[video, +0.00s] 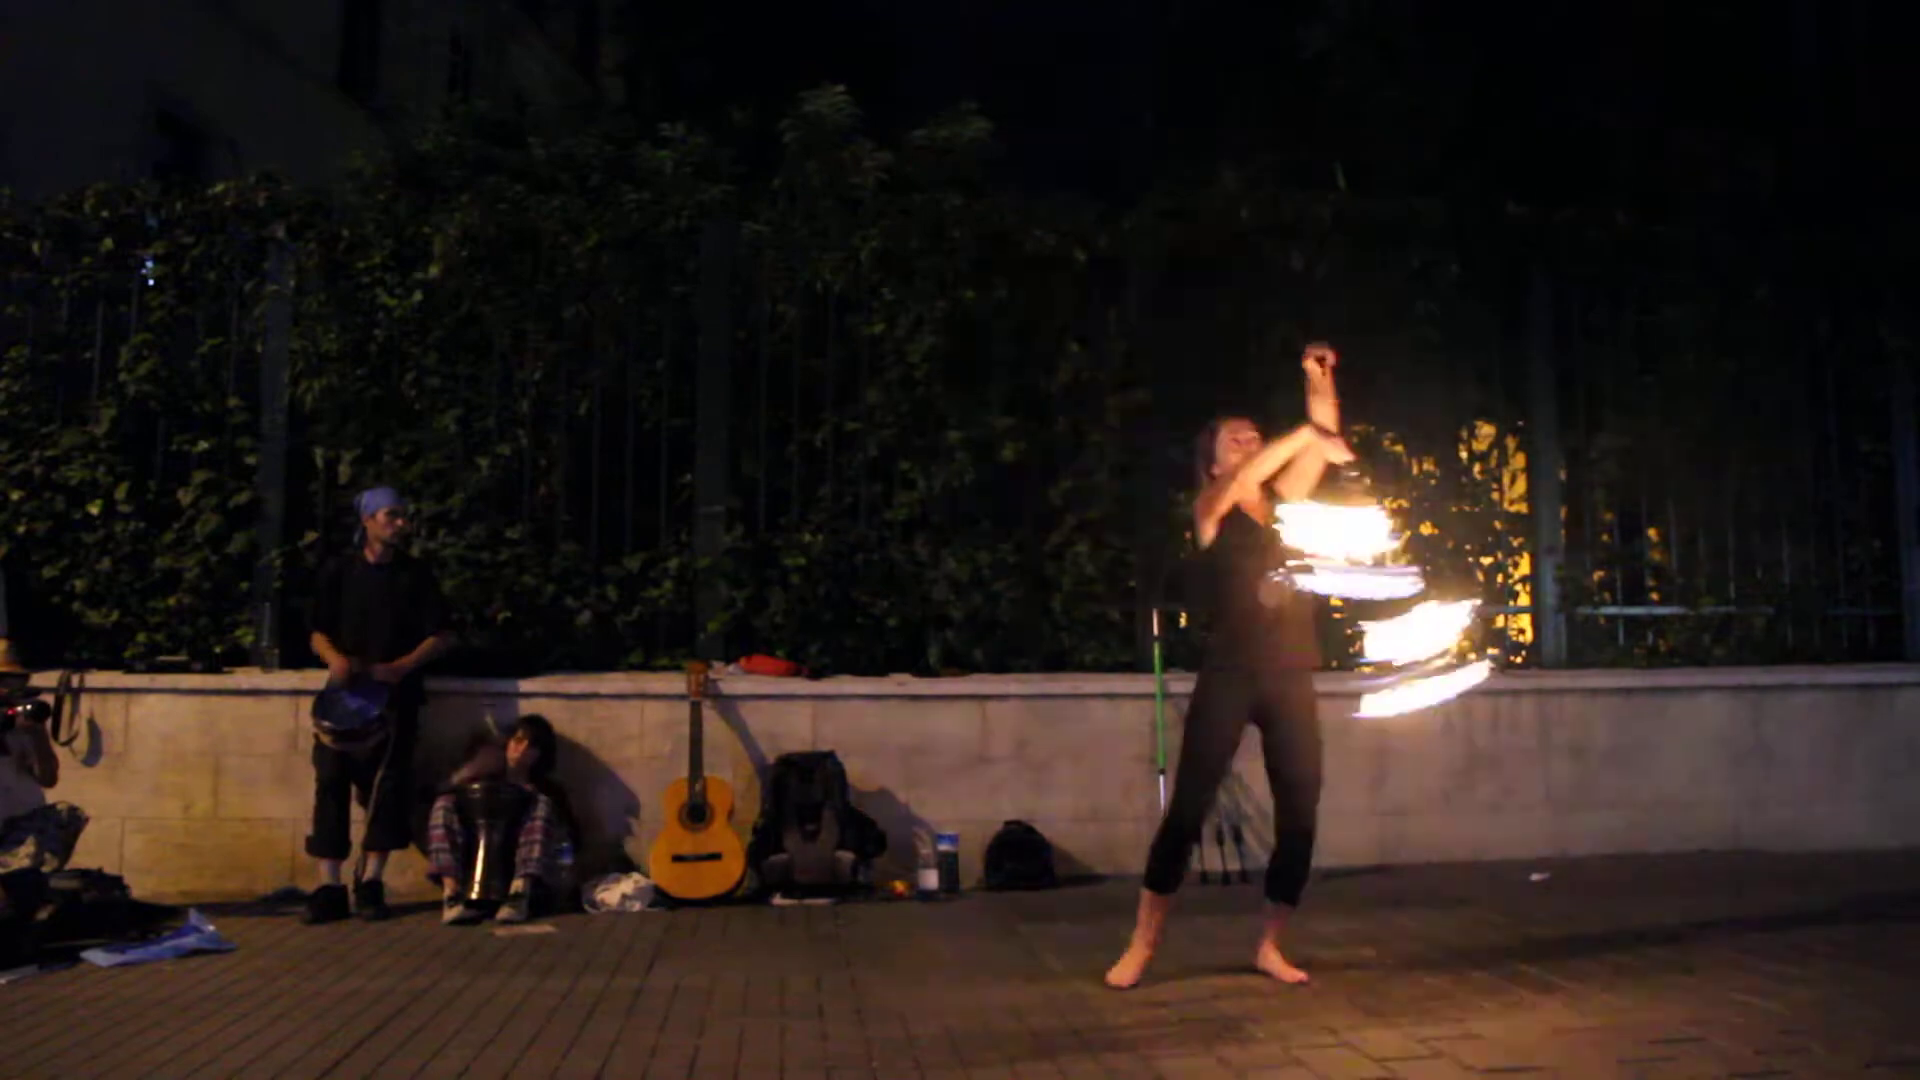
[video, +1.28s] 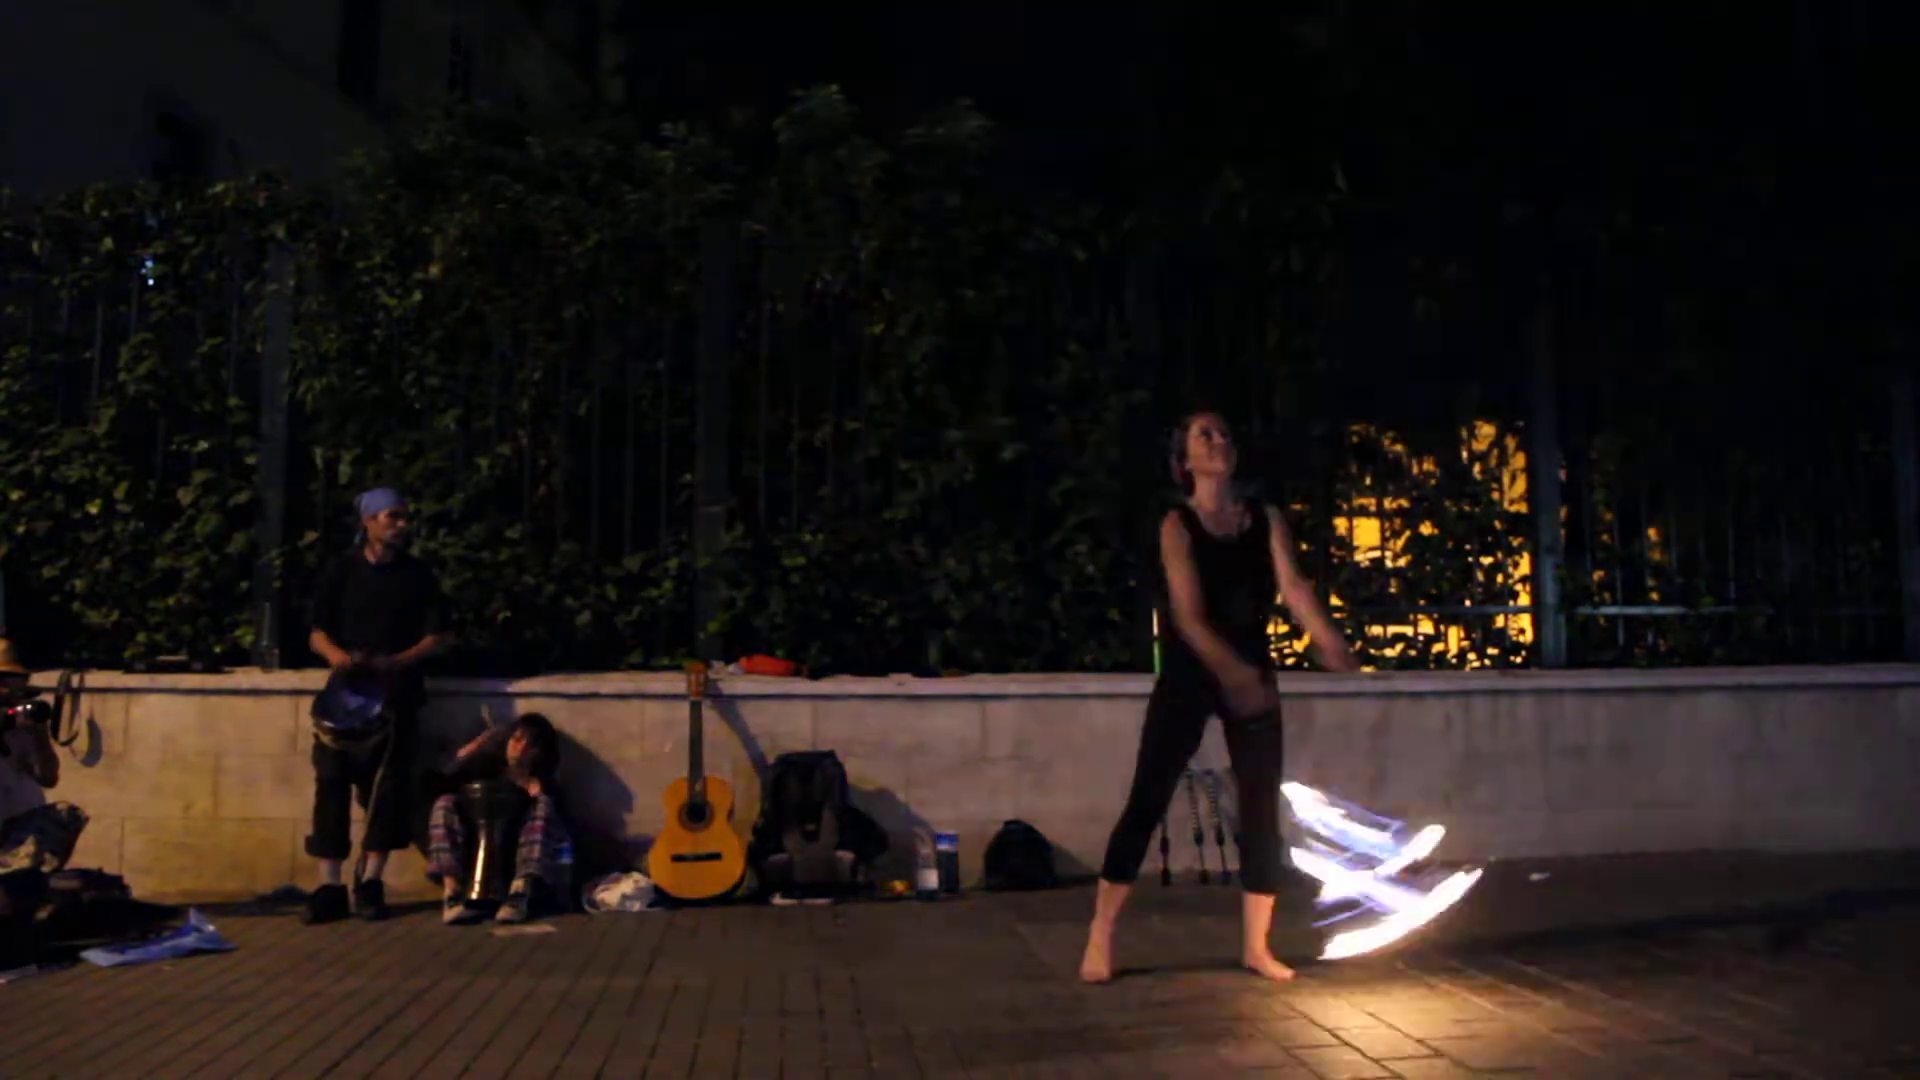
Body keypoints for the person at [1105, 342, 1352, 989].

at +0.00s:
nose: (1248, 443)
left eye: (1254, 437)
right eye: (1234, 437)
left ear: (1266, 447)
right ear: (1209, 457)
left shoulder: (1282, 503)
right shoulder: (1207, 512)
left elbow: (1321, 449)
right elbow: (1244, 481)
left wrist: (1321, 382)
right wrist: (1312, 433)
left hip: (1291, 679)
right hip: (1227, 677)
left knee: (1300, 814)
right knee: (1187, 811)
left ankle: (1270, 945)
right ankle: (1142, 942)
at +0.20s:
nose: (1218, 423)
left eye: (1225, 416)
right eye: (1206, 418)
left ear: (1237, 431)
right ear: (1186, 433)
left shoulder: (1256, 476)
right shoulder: (1177, 484)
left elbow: (1289, 395)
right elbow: (1189, 402)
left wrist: (1280, 317)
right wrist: (1241, 349)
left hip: (1260, 651)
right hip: (1194, 652)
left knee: (1276, 792)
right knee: (1174, 789)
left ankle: (1275, 936)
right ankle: (1126, 935)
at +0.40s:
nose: (1185, 444)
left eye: (1192, 436)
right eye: (1174, 438)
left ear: (1207, 448)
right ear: (1156, 454)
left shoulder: (1222, 501)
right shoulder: (1145, 498)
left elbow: (1245, 418)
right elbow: (1147, 396)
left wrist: (1189, 347)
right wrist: (1181, 325)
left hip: (1223, 674)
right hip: (1158, 677)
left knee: (1257, 810)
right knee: (1146, 816)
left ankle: (1275, 943)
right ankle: (1121, 946)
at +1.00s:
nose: (1215, 438)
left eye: (1221, 432)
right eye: (1201, 432)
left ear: (1231, 450)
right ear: (1176, 451)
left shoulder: (1248, 505)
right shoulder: (1171, 501)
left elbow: (1261, 434)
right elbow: (1199, 431)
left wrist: (1230, 362)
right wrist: (1234, 350)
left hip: (1248, 671)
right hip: (1185, 672)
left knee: (1267, 808)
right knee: (1157, 807)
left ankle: (1259, 942)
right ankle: (1116, 946)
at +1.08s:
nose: (1216, 445)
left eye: (1225, 438)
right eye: (1202, 438)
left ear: (1243, 452)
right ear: (1183, 460)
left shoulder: (1256, 507)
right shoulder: (1175, 506)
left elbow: (1268, 463)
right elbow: (1225, 496)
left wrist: (1239, 406)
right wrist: (1269, 431)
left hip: (1253, 679)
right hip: (1191, 681)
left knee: (1270, 815)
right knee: (1157, 812)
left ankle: (1255, 944)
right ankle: (1117, 942)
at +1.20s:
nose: (1226, 450)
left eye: (1232, 443)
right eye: (1212, 443)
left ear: (1242, 459)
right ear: (1188, 462)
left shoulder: (1268, 524)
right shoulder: (1183, 529)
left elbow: (1278, 594)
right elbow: (1231, 602)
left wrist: (1264, 554)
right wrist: (1296, 611)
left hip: (1254, 684)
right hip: (1190, 685)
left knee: (1272, 816)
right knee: (1150, 814)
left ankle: (1256, 942)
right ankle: (1107, 937)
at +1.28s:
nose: (1217, 441)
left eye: (1223, 434)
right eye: (1204, 435)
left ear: (1237, 452)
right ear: (1183, 457)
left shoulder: (1266, 520)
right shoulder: (1177, 524)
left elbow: (1295, 591)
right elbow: (1186, 617)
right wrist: (1235, 674)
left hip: (1251, 673)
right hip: (1188, 674)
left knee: (1261, 807)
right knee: (1147, 803)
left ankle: (1257, 946)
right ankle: (1099, 939)